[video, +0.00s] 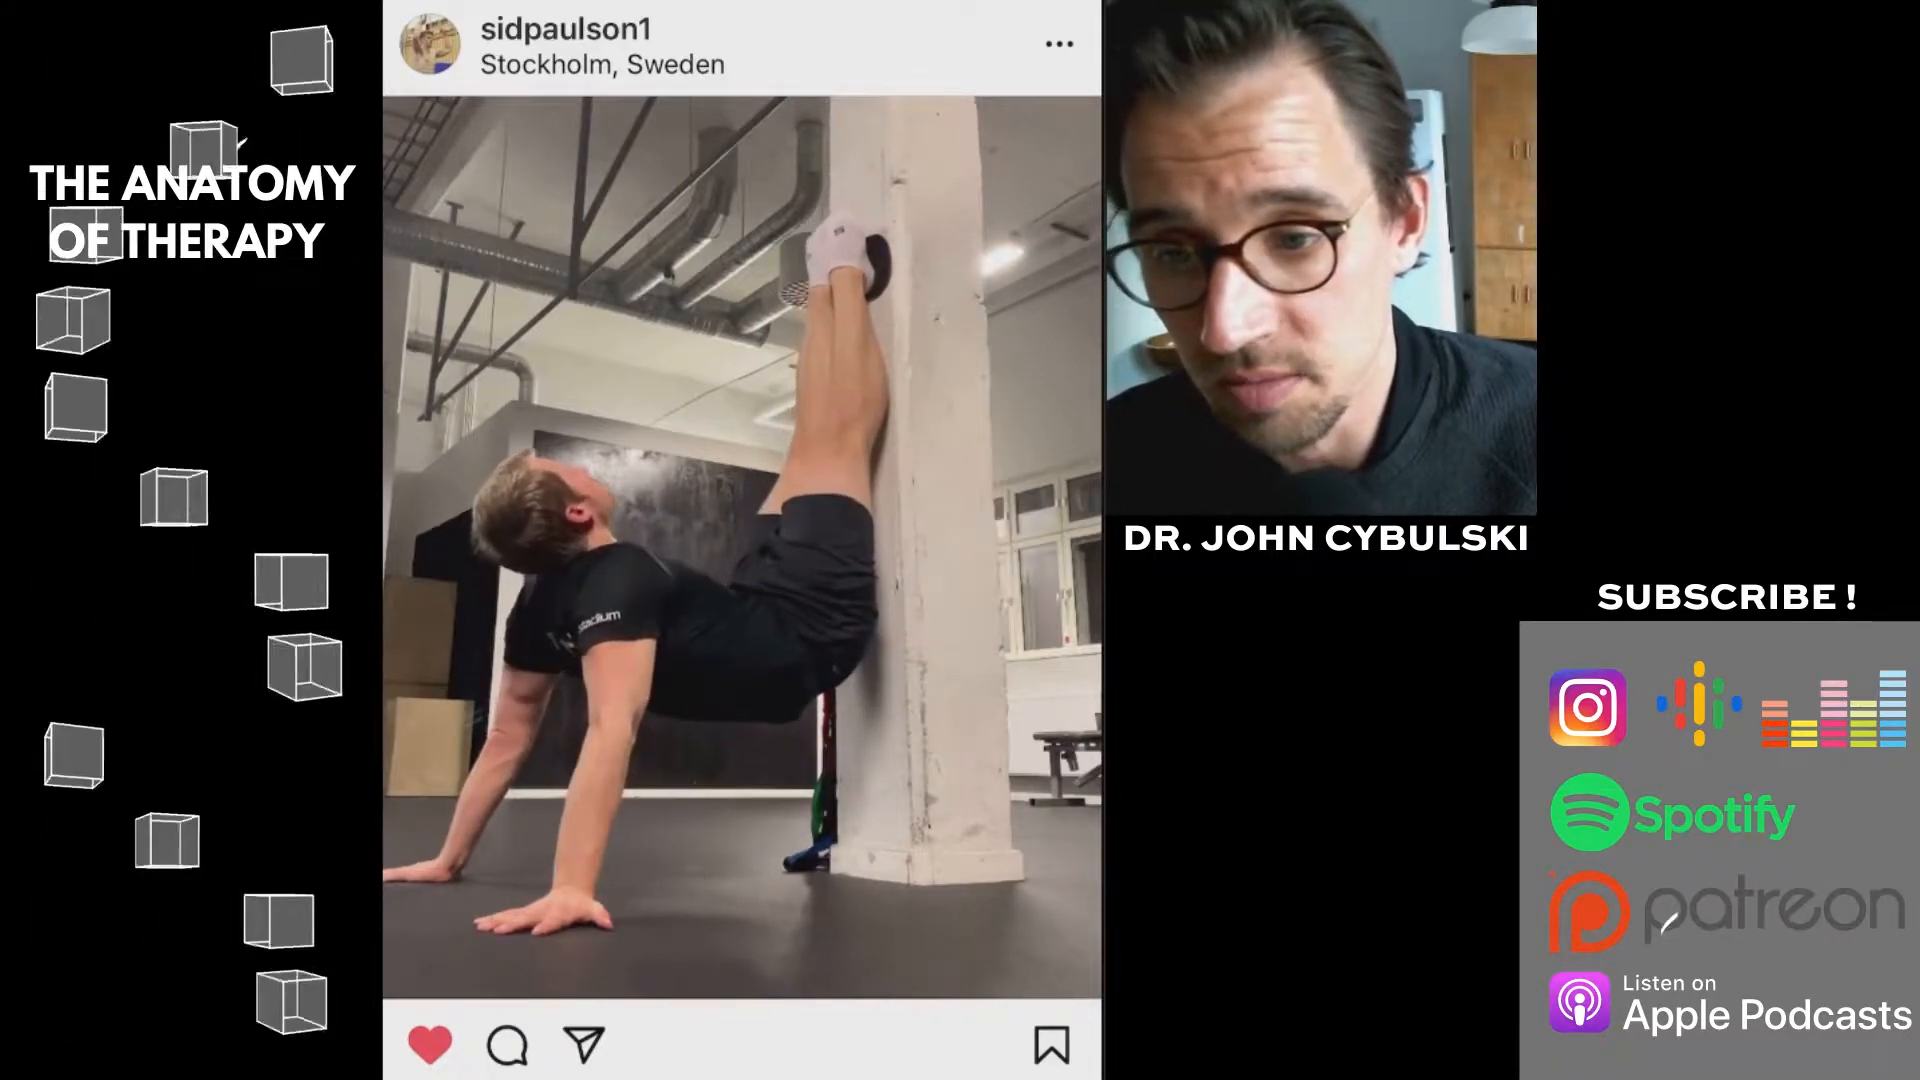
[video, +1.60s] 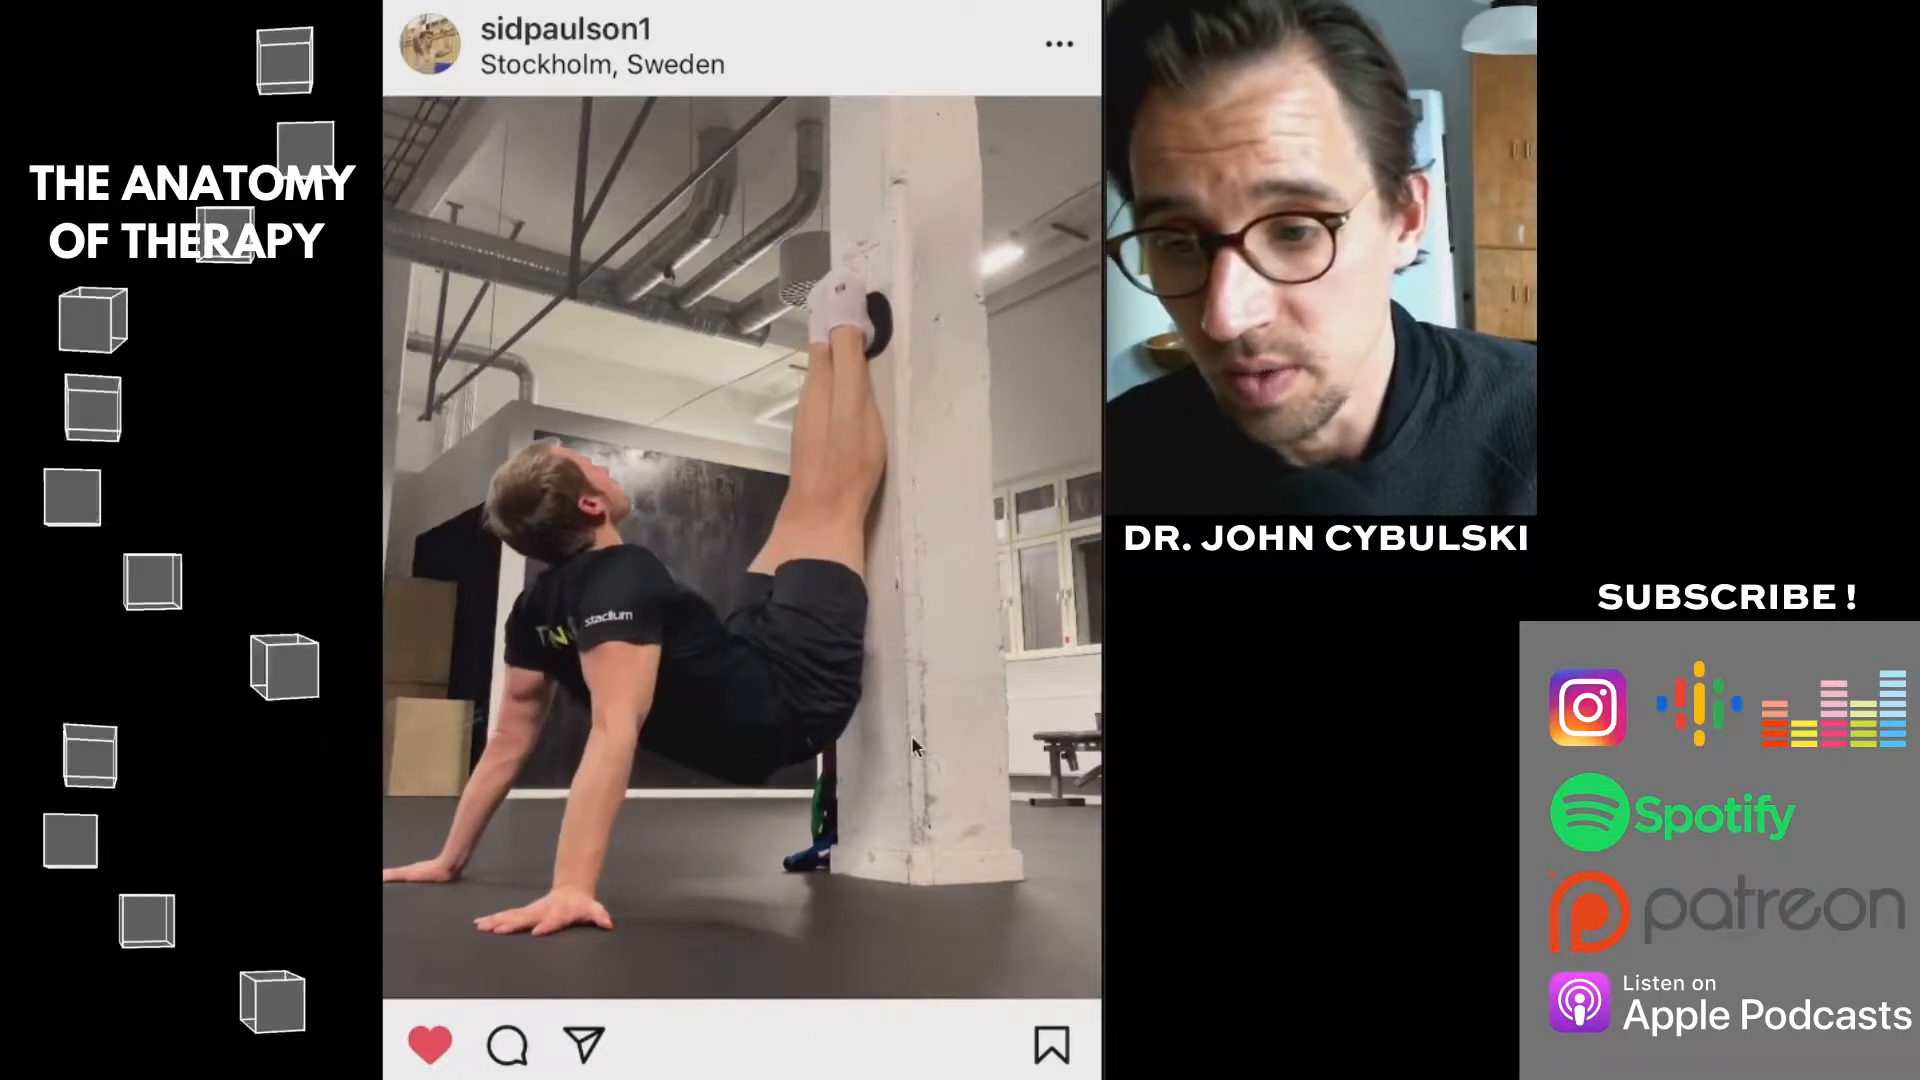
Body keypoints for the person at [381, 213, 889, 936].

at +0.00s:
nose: (580, 466)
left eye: (562, 464)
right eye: (567, 471)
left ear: (533, 545)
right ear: (575, 512)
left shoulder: (536, 611)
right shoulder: (617, 579)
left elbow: (507, 740)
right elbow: (609, 731)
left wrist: (448, 860)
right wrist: (572, 887)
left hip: (759, 633)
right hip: (807, 627)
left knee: (814, 434)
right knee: (844, 429)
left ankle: (825, 293)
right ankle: (845, 278)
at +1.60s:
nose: (602, 464)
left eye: (586, 459)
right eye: (590, 466)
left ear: (538, 533)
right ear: (592, 505)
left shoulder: (533, 606)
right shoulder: (620, 575)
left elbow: (508, 744)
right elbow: (612, 733)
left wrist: (449, 860)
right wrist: (572, 887)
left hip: (744, 731)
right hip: (795, 697)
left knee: (806, 501)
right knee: (839, 493)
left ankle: (826, 343)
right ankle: (847, 336)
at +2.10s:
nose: (613, 466)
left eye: (601, 460)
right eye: (601, 464)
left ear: (542, 529)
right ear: (596, 502)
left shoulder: (532, 606)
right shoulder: (619, 575)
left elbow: (509, 743)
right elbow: (613, 732)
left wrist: (450, 860)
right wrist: (571, 886)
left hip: (732, 756)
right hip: (787, 713)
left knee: (802, 516)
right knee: (836, 508)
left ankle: (826, 358)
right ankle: (848, 353)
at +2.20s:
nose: (613, 464)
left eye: (602, 457)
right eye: (602, 462)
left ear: (541, 528)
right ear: (598, 500)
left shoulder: (531, 606)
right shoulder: (621, 574)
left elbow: (509, 743)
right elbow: (613, 731)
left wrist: (450, 860)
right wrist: (571, 886)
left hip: (728, 759)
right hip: (785, 718)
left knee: (801, 520)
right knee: (836, 512)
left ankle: (826, 361)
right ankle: (846, 353)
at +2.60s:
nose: (617, 464)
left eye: (605, 456)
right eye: (606, 460)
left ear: (540, 524)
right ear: (600, 497)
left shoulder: (531, 606)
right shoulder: (622, 578)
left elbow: (508, 743)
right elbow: (611, 732)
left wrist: (449, 859)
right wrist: (572, 887)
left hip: (718, 765)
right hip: (779, 730)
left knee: (798, 528)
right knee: (836, 521)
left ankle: (824, 371)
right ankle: (845, 366)